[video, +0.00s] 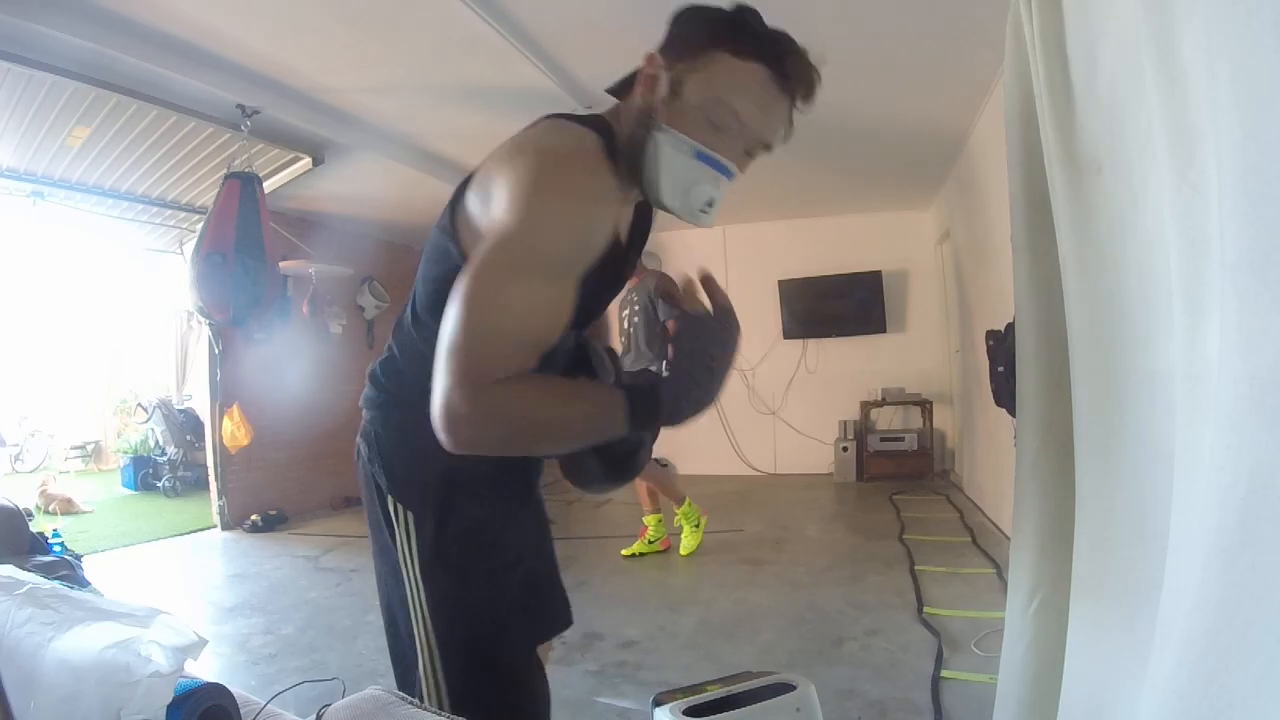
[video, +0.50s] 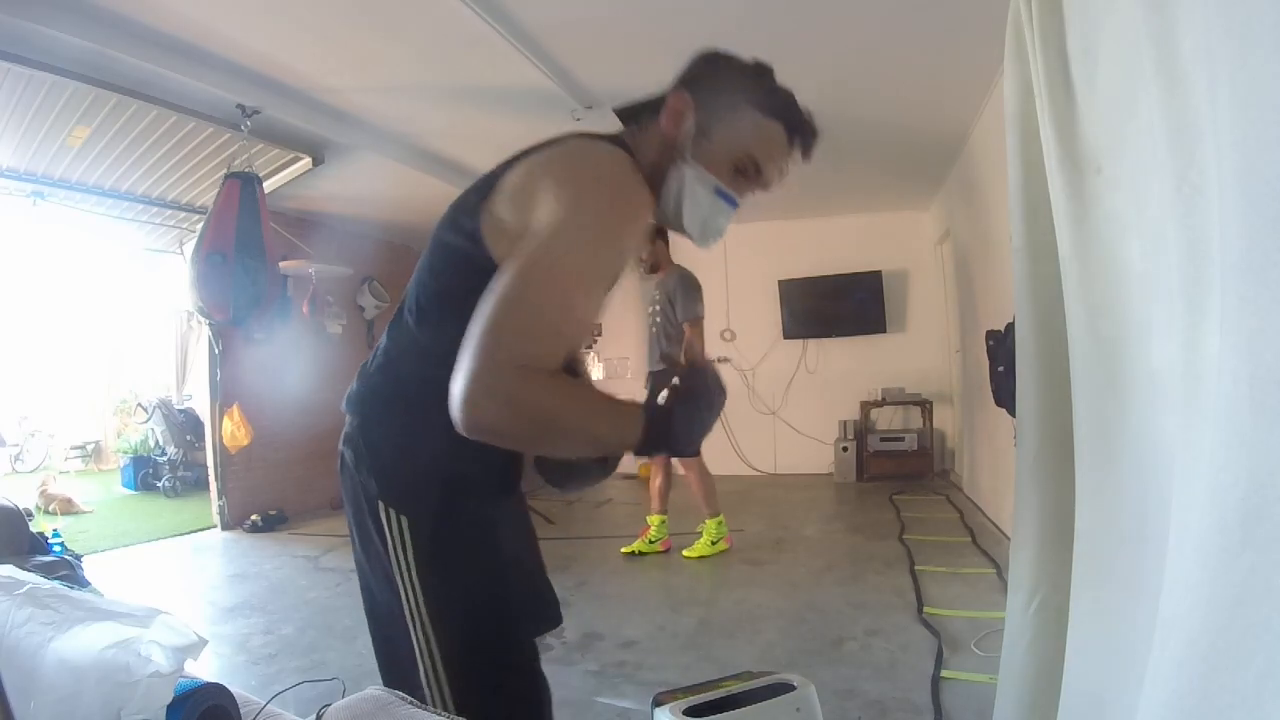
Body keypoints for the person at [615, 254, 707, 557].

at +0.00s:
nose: (619, 268)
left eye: (622, 262)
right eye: (617, 264)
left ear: (633, 258)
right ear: (622, 264)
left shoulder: (658, 282)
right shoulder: (627, 294)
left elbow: (676, 328)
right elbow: (629, 340)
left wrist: (675, 372)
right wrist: (619, 372)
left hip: (651, 379)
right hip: (628, 379)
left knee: (639, 456)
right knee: (636, 457)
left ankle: (688, 511)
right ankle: (655, 530)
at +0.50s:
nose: (639, 257)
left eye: (644, 249)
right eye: (636, 250)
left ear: (662, 245)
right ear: (638, 251)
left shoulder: (682, 281)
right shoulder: (651, 284)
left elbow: (694, 333)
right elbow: (656, 333)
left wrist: (687, 378)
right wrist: (653, 375)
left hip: (682, 376)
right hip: (657, 377)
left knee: (688, 456)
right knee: (658, 456)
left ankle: (716, 529)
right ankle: (657, 530)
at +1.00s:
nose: (664, 266)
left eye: (665, 258)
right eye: (662, 260)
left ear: (679, 250)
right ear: (683, 251)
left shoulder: (705, 282)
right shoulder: (701, 281)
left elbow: (714, 338)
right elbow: (704, 334)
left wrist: (695, 373)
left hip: (719, 373)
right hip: (714, 372)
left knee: (717, 452)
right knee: (712, 450)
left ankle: (721, 533)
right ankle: (717, 517)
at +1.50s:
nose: (695, 275)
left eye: (695, 269)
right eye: (693, 270)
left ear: (705, 262)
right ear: (720, 263)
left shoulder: (709, 288)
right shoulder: (745, 292)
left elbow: (710, 335)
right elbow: (759, 341)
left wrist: (695, 378)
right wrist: (763, 380)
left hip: (721, 381)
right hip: (747, 381)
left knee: (715, 455)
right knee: (747, 448)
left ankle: (719, 531)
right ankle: (752, 516)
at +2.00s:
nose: (690, 283)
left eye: (690, 277)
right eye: (689, 278)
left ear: (701, 269)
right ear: (714, 270)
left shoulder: (705, 292)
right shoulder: (735, 295)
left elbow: (713, 330)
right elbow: (747, 342)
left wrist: (716, 373)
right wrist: (747, 380)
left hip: (714, 378)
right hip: (740, 380)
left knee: (699, 444)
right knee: (742, 444)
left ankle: (688, 508)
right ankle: (752, 514)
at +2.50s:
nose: (665, 279)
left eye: (666, 273)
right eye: (666, 273)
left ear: (673, 272)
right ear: (683, 269)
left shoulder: (671, 300)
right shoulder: (705, 297)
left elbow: (668, 344)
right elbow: (721, 339)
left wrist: (661, 376)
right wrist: (723, 374)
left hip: (684, 375)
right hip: (708, 375)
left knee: (683, 442)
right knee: (701, 439)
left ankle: (687, 508)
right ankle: (729, 489)